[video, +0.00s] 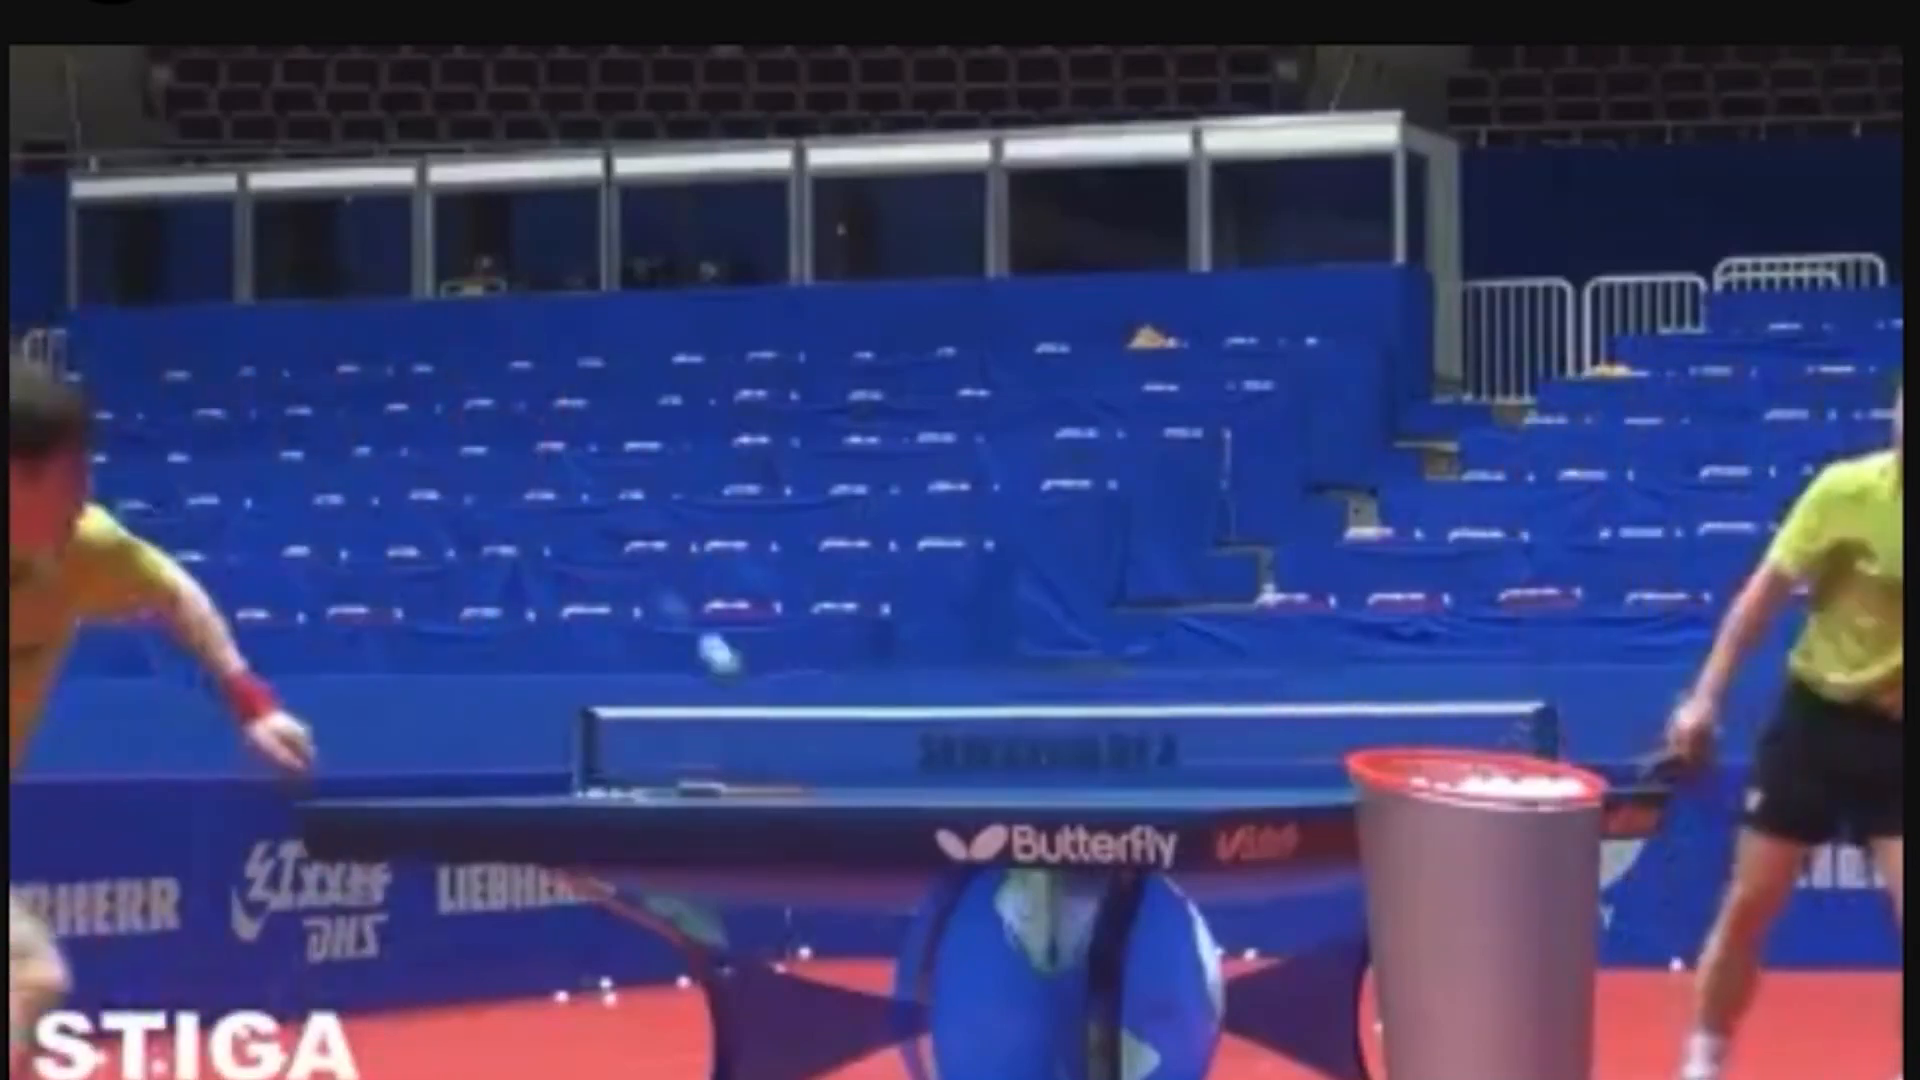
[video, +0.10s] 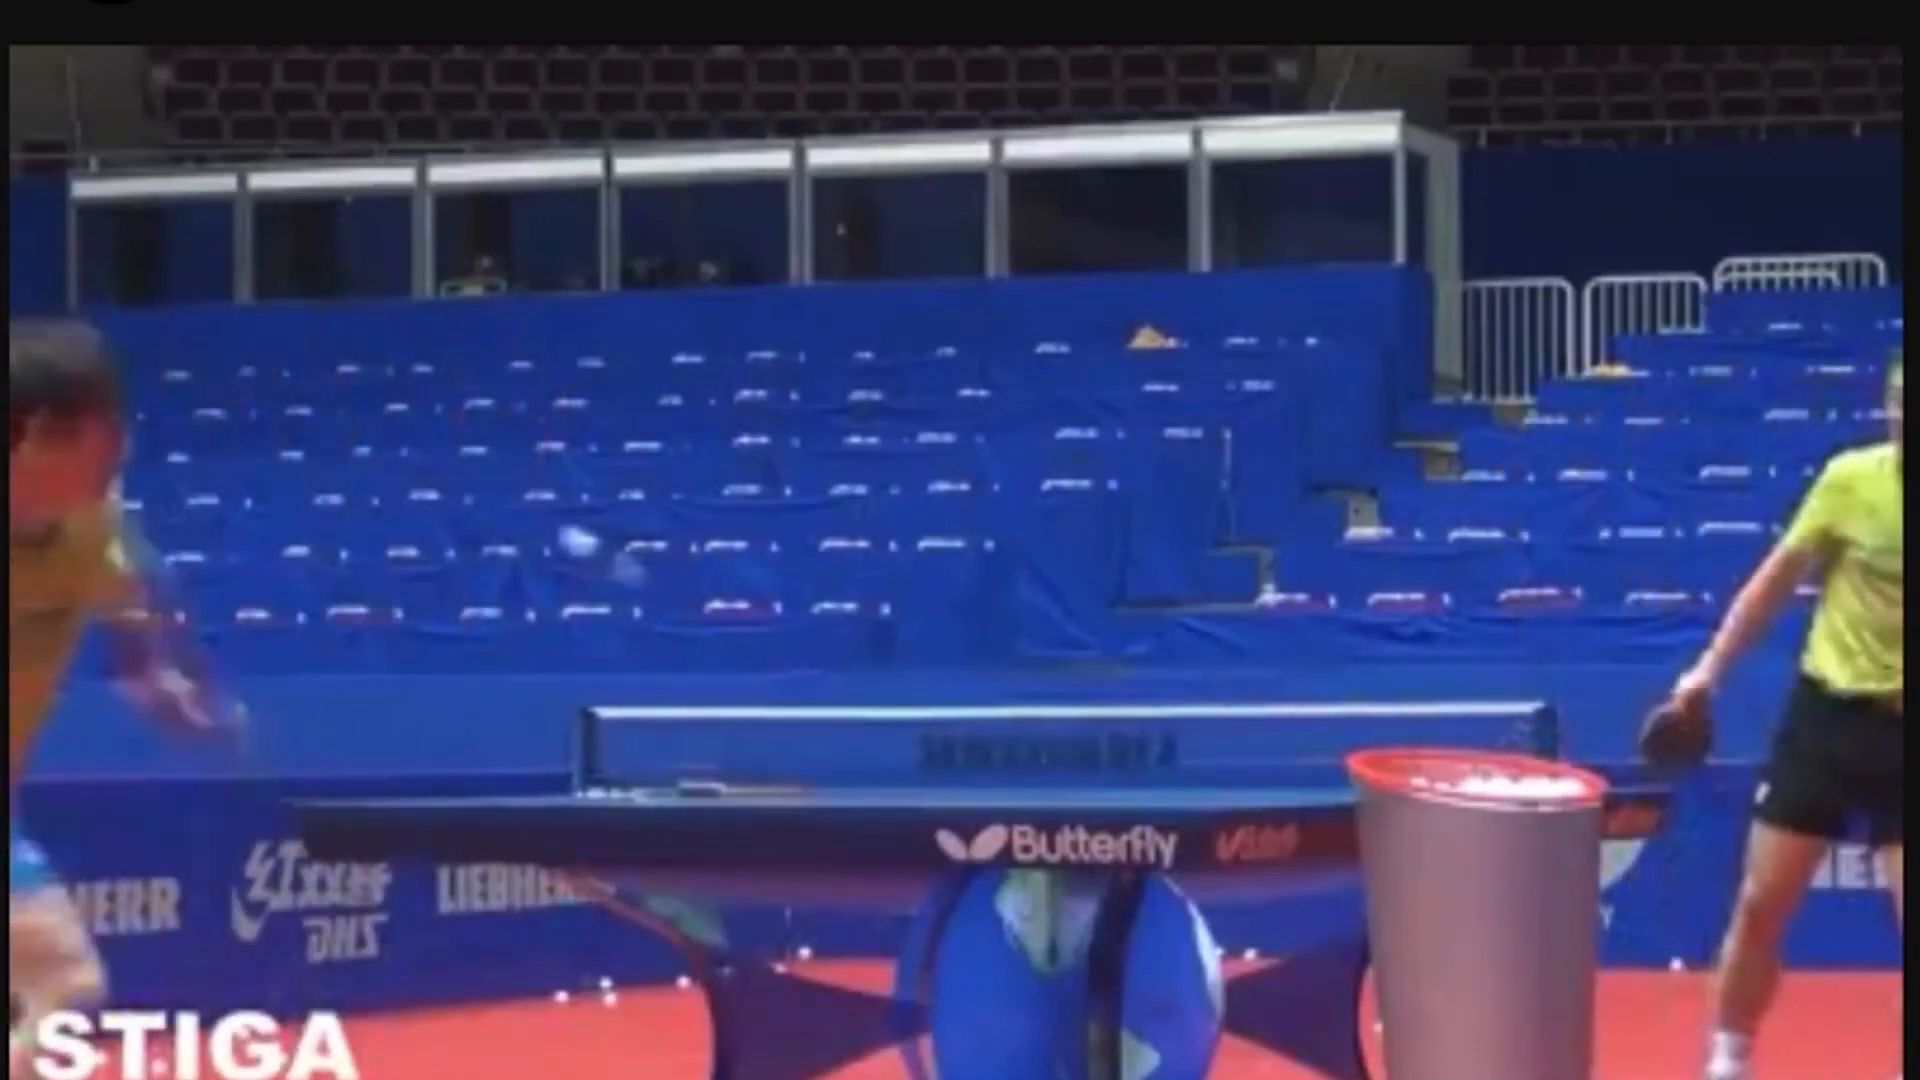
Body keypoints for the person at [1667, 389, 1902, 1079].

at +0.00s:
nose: (1903, 425)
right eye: (1901, 413)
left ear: (1897, 422)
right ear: (1894, 416)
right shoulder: (1851, 489)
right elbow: (1767, 588)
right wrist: (1705, 698)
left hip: (1896, 722)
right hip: (1819, 711)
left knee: (1902, 897)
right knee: (1753, 897)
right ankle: (1705, 1056)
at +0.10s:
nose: (1900, 410)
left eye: (1903, 397)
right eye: (1898, 395)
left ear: (1903, 407)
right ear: (1889, 403)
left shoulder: (1865, 480)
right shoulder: (1855, 478)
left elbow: (1772, 580)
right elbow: (1774, 580)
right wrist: (1707, 670)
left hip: (1899, 713)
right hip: (1830, 703)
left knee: (1903, 898)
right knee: (1763, 897)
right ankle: (1729, 1056)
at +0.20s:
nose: (1889, 404)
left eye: (1900, 391)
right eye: (1883, 391)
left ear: (1915, 399)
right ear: (1871, 398)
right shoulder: (1855, 468)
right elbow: (1809, 558)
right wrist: (1727, 645)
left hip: (1901, 707)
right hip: (1836, 694)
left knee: (1903, 905)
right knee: (1776, 895)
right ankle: (1754, 1057)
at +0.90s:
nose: (1784, 409)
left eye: (1801, 393)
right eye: (1774, 394)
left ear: (1845, 400)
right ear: (1763, 404)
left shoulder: (1889, 491)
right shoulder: (1755, 486)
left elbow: (1901, 613)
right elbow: (1735, 580)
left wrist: (1817, 637)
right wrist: (1692, 629)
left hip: (1873, 726)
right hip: (1773, 718)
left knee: (1886, 917)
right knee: (1695, 899)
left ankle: (1901, 1066)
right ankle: (1678, 1059)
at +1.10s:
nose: (1710, 431)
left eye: (1727, 416)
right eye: (1703, 416)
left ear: (1771, 423)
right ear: (1693, 425)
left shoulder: (1825, 518)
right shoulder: (1671, 518)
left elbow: (1883, 620)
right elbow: (1642, 610)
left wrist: (1773, 665)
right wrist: (1611, 657)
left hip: (1797, 754)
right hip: (1697, 751)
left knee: (1851, 927)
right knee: (1624, 927)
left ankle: (1895, 1067)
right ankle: (1594, 1063)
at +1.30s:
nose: (1610, 439)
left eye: (1628, 423)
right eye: (1605, 424)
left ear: (1672, 434)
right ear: (1596, 438)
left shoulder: (1736, 520)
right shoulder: (1581, 531)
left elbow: (1793, 622)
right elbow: (1561, 628)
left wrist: (1695, 669)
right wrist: (1552, 650)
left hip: (1731, 746)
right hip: (1629, 748)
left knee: (1799, 921)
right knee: (1568, 923)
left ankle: (1860, 1068)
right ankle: (1554, 1066)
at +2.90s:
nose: (1654, 485)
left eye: (1665, 464)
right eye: (1638, 471)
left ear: (1702, 455)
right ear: (1625, 478)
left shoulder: (1781, 505)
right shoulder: (1627, 546)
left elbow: (1870, 566)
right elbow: (1650, 645)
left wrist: (1812, 637)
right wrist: (1642, 654)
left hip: (1806, 748)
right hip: (1709, 757)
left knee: (1813, 918)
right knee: (1660, 937)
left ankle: (1852, 1071)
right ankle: (1621, 1066)